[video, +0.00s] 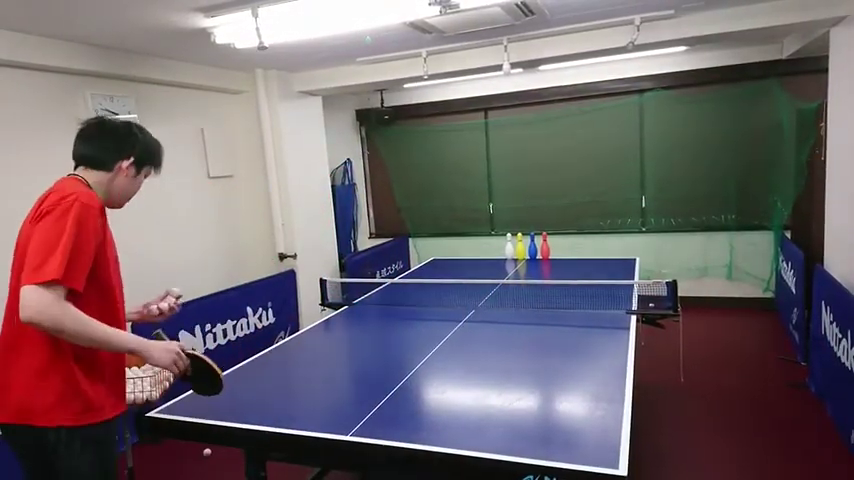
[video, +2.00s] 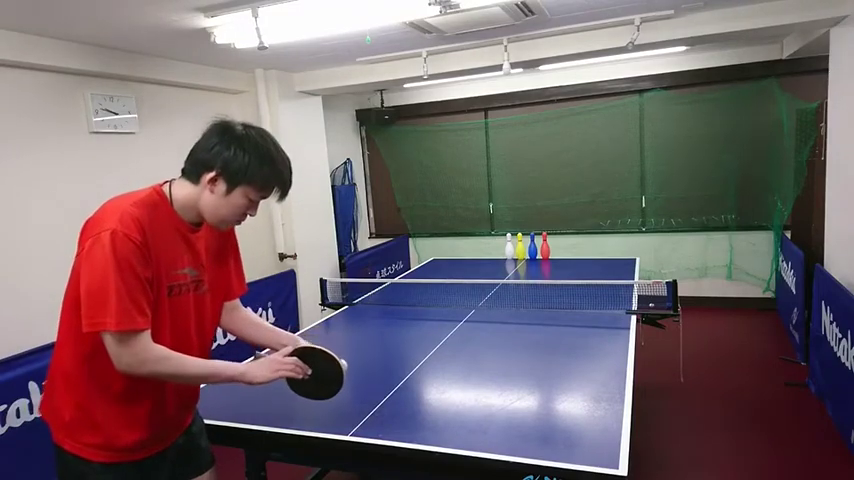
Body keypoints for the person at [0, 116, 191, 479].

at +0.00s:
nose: (137, 191)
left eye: (144, 181)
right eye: (142, 179)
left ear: (87, 157)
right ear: (125, 167)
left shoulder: (65, 197)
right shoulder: (76, 203)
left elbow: (68, 310)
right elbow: (38, 306)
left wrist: (137, 314)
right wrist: (145, 348)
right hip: (62, 418)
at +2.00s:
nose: (252, 214)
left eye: (257, 204)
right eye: (250, 200)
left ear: (212, 182)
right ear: (213, 181)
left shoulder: (215, 225)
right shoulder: (119, 232)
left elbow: (229, 311)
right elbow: (131, 354)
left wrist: (294, 344)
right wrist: (242, 371)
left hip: (175, 423)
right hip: (104, 445)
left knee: (201, 473)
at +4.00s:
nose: (242, 217)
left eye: (247, 206)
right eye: (239, 204)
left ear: (200, 191)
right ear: (198, 188)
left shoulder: (212, 230)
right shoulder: (96, 239)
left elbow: (234, 312)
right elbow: (77, 364)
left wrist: (306, 350)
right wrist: (187, 409)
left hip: (169, 436)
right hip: (94, 455)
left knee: (199, 470)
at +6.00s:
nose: (154, 162)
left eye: (155, 151)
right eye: (152, 150)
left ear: (83, 149)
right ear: (128, 153)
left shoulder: (71, 206)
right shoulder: (79, 223)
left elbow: (70, 305)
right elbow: (84, 359)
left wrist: (141, 320)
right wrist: (185, 380)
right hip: (74, 453)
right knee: (151, 472)